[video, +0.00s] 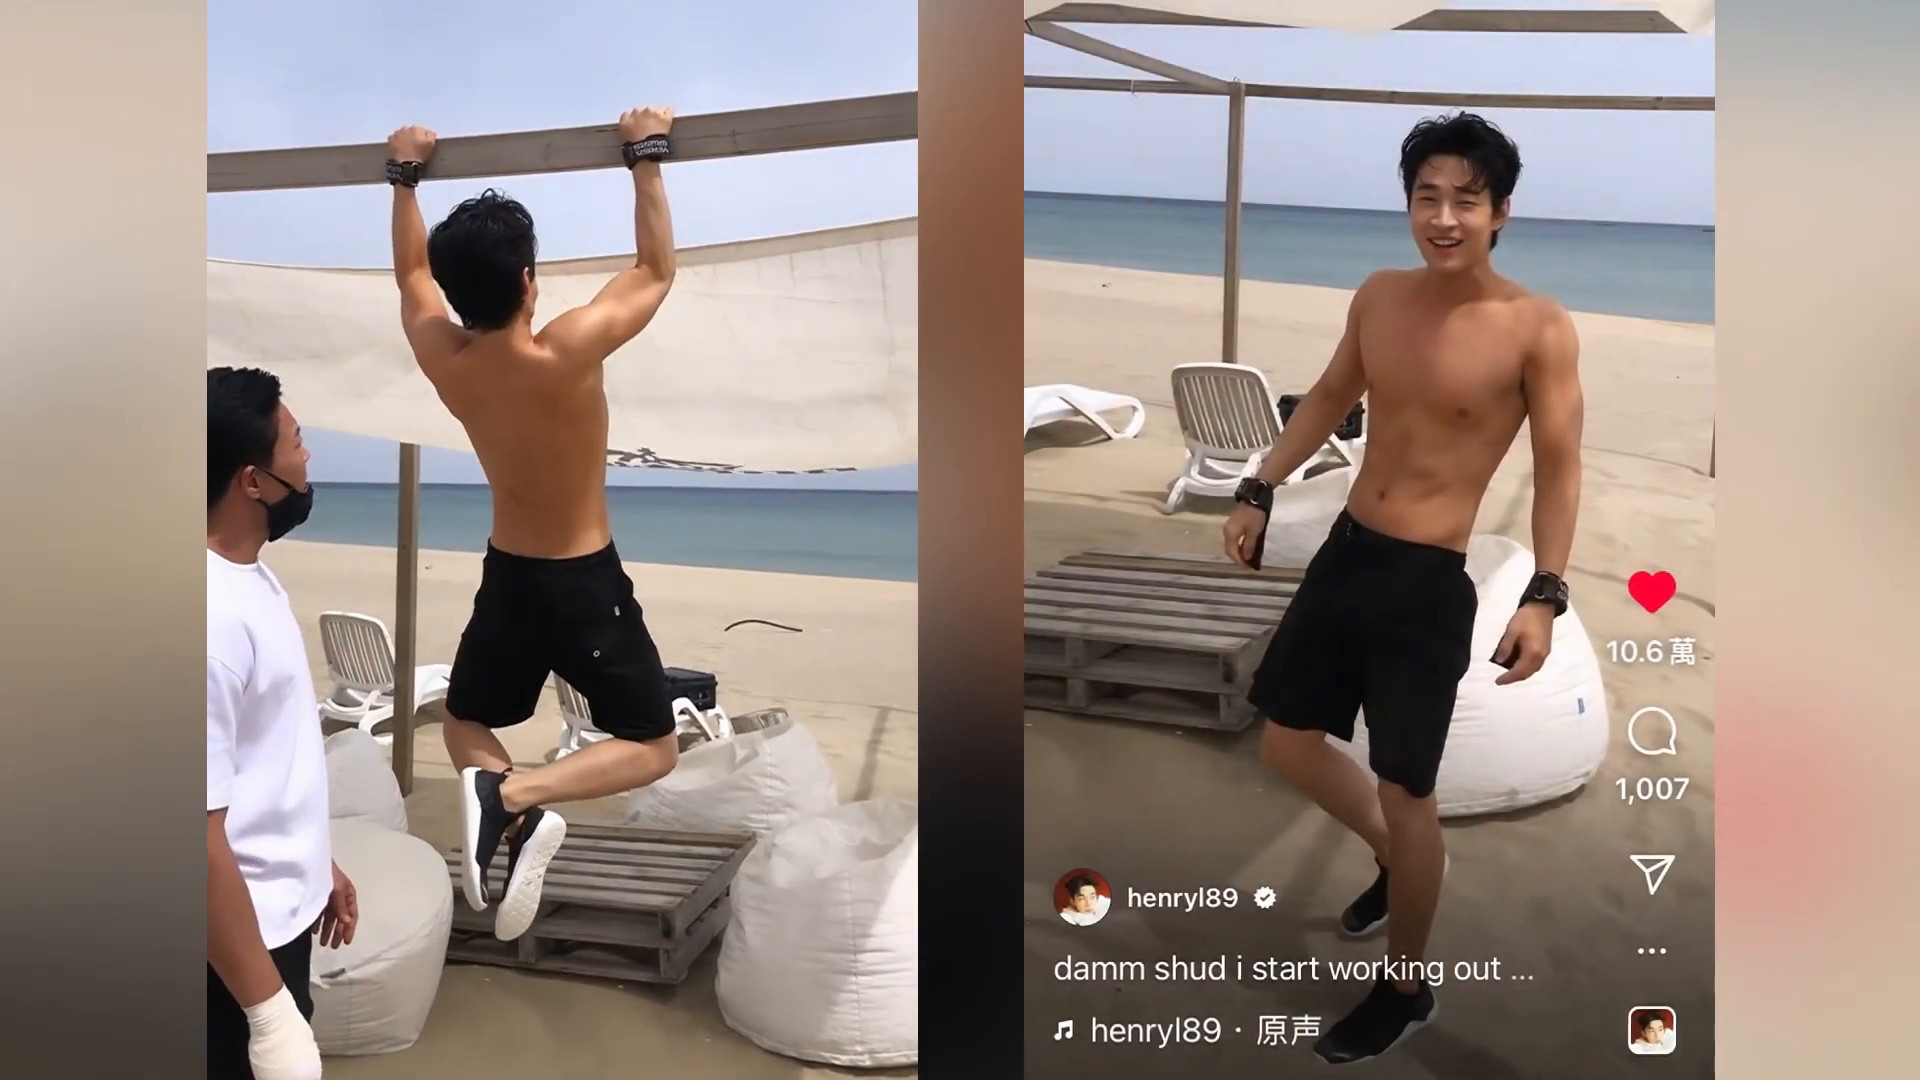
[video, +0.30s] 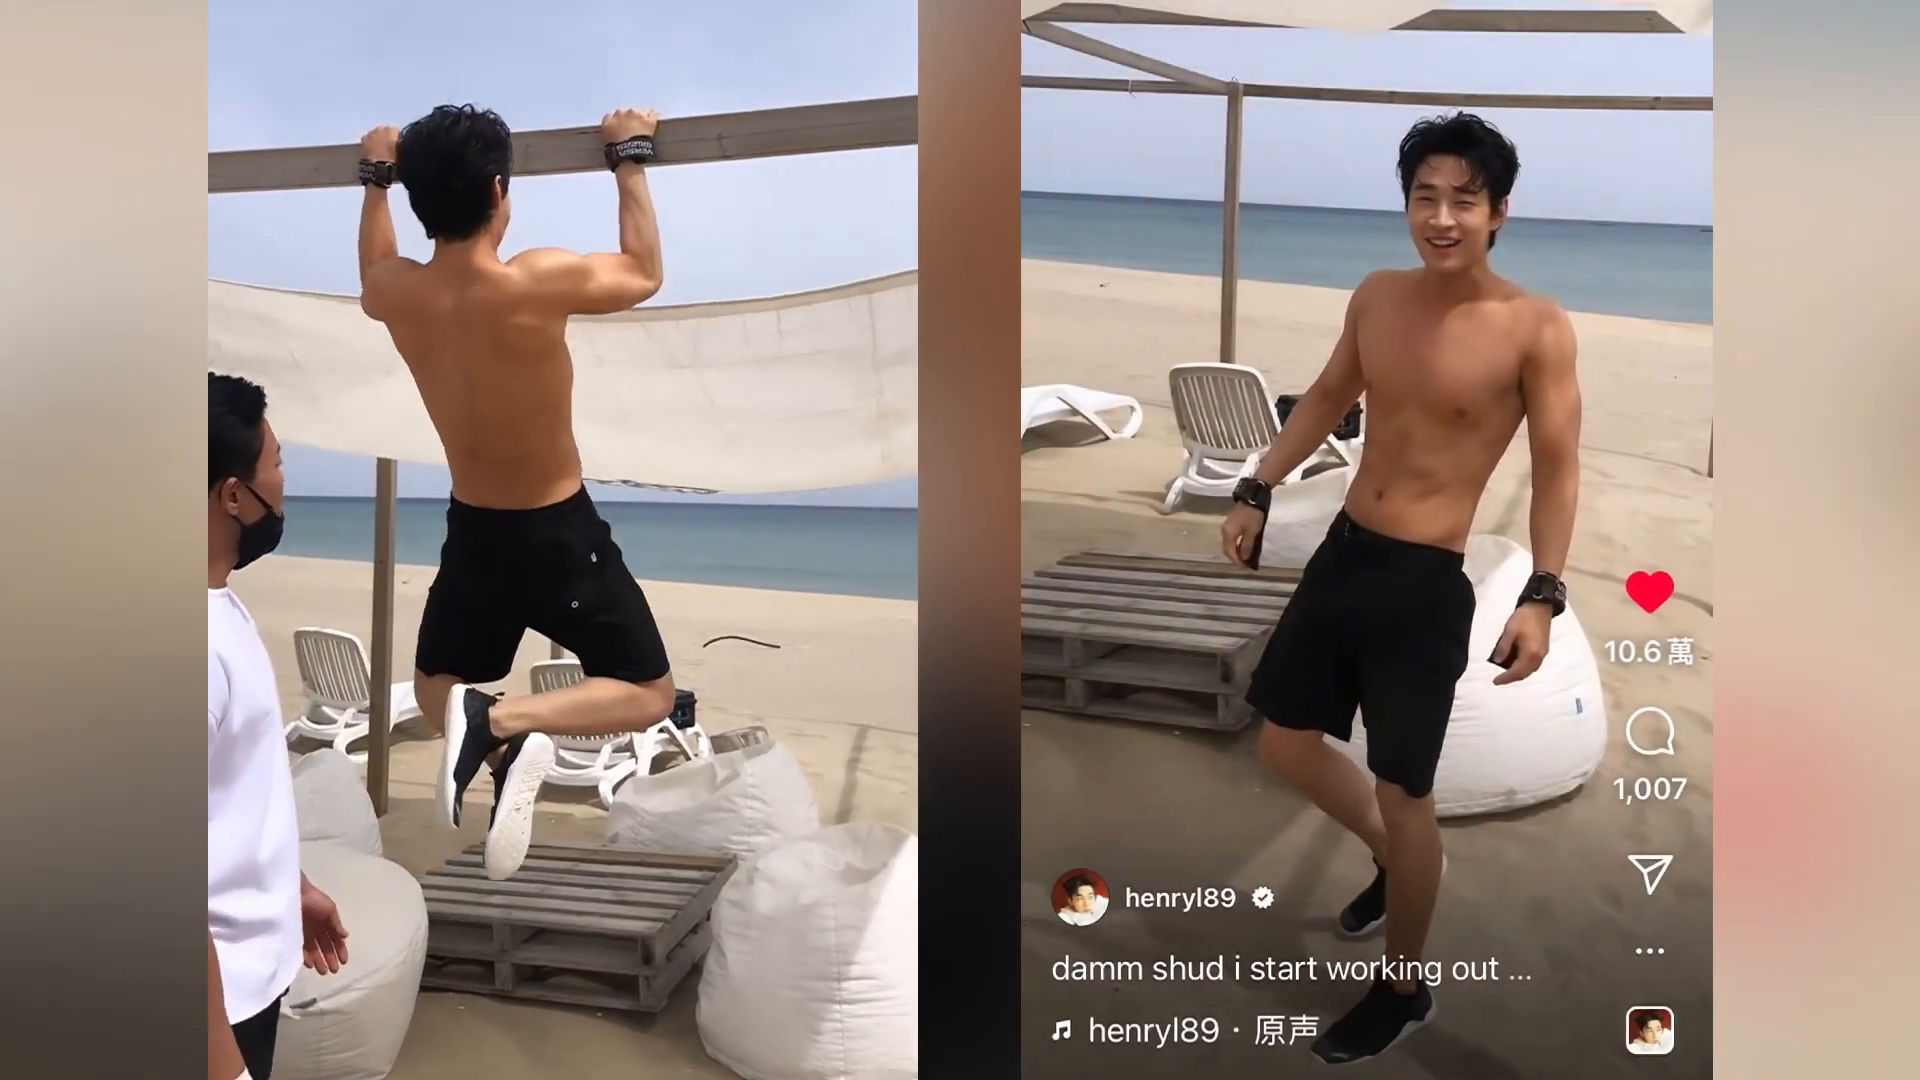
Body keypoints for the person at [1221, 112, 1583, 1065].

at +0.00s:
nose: (1442, 216)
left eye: (1464, 198)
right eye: (1426, 197)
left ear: (1500, 211)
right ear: (1407, 208)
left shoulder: (1536, 328)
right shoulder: (1380, 297)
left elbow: (1558, 468)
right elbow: (1331, 398)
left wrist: (1543, 595)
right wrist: (1258, 484)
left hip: (1429, 579)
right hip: (1347, 554)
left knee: (1404, 799)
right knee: (1286, 742)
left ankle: (1405, 982)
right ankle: (1400, 847)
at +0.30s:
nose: (1440, 216)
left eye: (1462, 198)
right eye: (1424, 197)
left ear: (1498, 210)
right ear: (1405, 208)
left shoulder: (1534, 328)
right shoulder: (1378, 297)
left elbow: (1556, 468)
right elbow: (1330, 397)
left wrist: (1541, 595)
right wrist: (1256, 483)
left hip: (1426, 579)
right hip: (1345, 553)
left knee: (1402, 800)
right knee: (1284, 742)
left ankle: (1403, 981)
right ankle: (1399, 847)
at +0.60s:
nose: (1440, 216)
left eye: (1462, 198)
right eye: (1424, 197)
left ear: (1498, 210)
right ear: (1406, 208)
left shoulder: (1534, 328)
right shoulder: (1378, 297)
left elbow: (1556, 468)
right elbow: (1330, 397)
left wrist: (1540, 595)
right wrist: (1256, 484)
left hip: (1427, 579)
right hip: (1345, 554)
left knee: (1402, 799)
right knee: (1284, 742)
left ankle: (1402, 982)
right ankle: (1398, 847)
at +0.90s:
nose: (1440, 216)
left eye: (1462, 198)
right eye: (1424, 197)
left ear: (1498, 210)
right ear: (1406, 208)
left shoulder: (1534, 328)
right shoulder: (1378, 297)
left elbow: (1556, 468)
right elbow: (1329, 398)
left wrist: (1540, 595)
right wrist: (1256, 484)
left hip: (1427, 579)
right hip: (1345, 554)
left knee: (1402, 798)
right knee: (1284, 742)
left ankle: (1402, 982)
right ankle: (1398, 847)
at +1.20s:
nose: (1440, 216)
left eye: (1462, 198)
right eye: (1424, 197)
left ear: (1498, 210)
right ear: (1406, 208)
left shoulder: (1534, 328)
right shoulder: (1378, 297)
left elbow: (1556, 468)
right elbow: (1329, 398)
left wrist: (1540, 595)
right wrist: (1256, 484)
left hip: (1427, 579)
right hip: (1345, 554)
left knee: (1402, 799)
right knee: (1284, 742)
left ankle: (1402, 981)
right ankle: (1398, 847)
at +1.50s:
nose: (1440, 216)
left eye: (1462, 198)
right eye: (1425, 197)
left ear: (1498, 210)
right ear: (1406, 208)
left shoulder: (1534, 327)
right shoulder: (1378, 297)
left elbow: (1556, 468)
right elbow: (1330, 397)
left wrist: (1540, 595)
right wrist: (1256, 484)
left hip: (1427, 579)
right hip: (1345, 554)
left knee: (1402, 798)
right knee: (1284, 742)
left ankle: (1402, 982)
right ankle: (1398, 847)